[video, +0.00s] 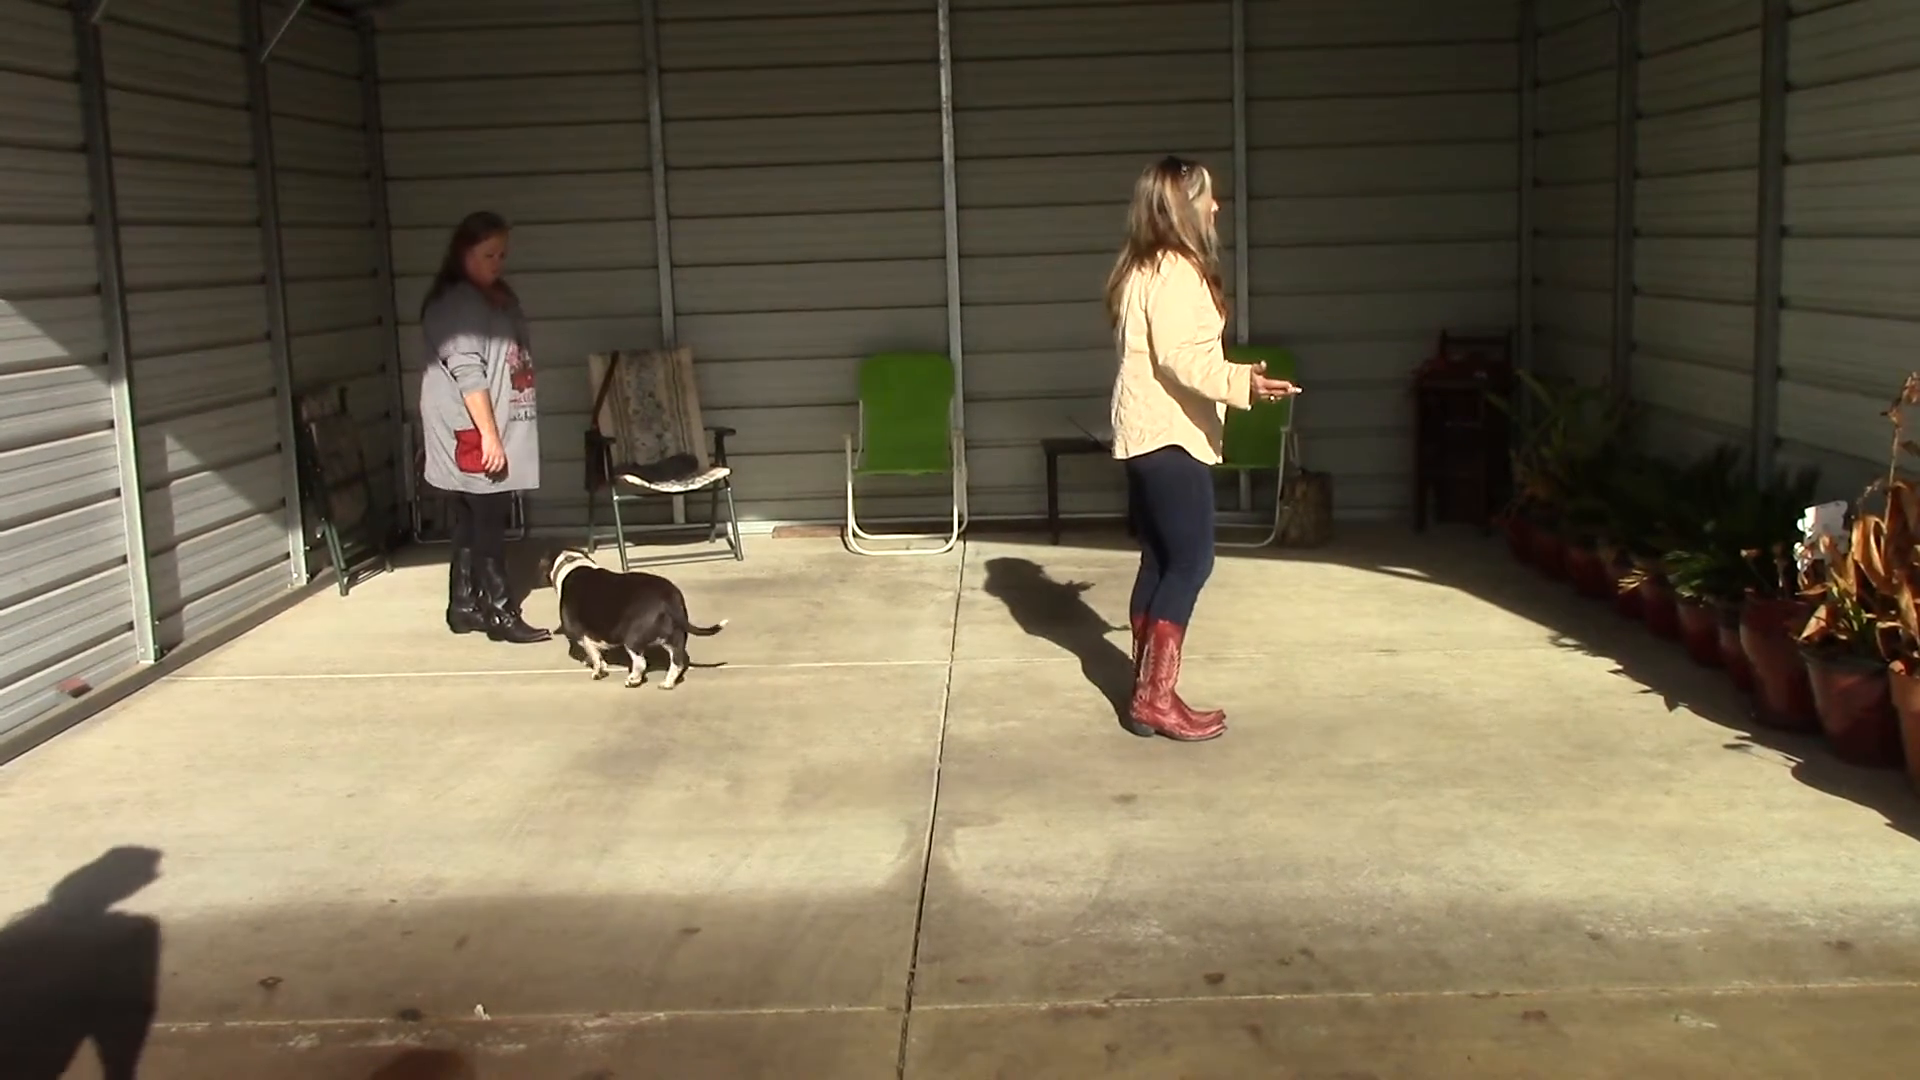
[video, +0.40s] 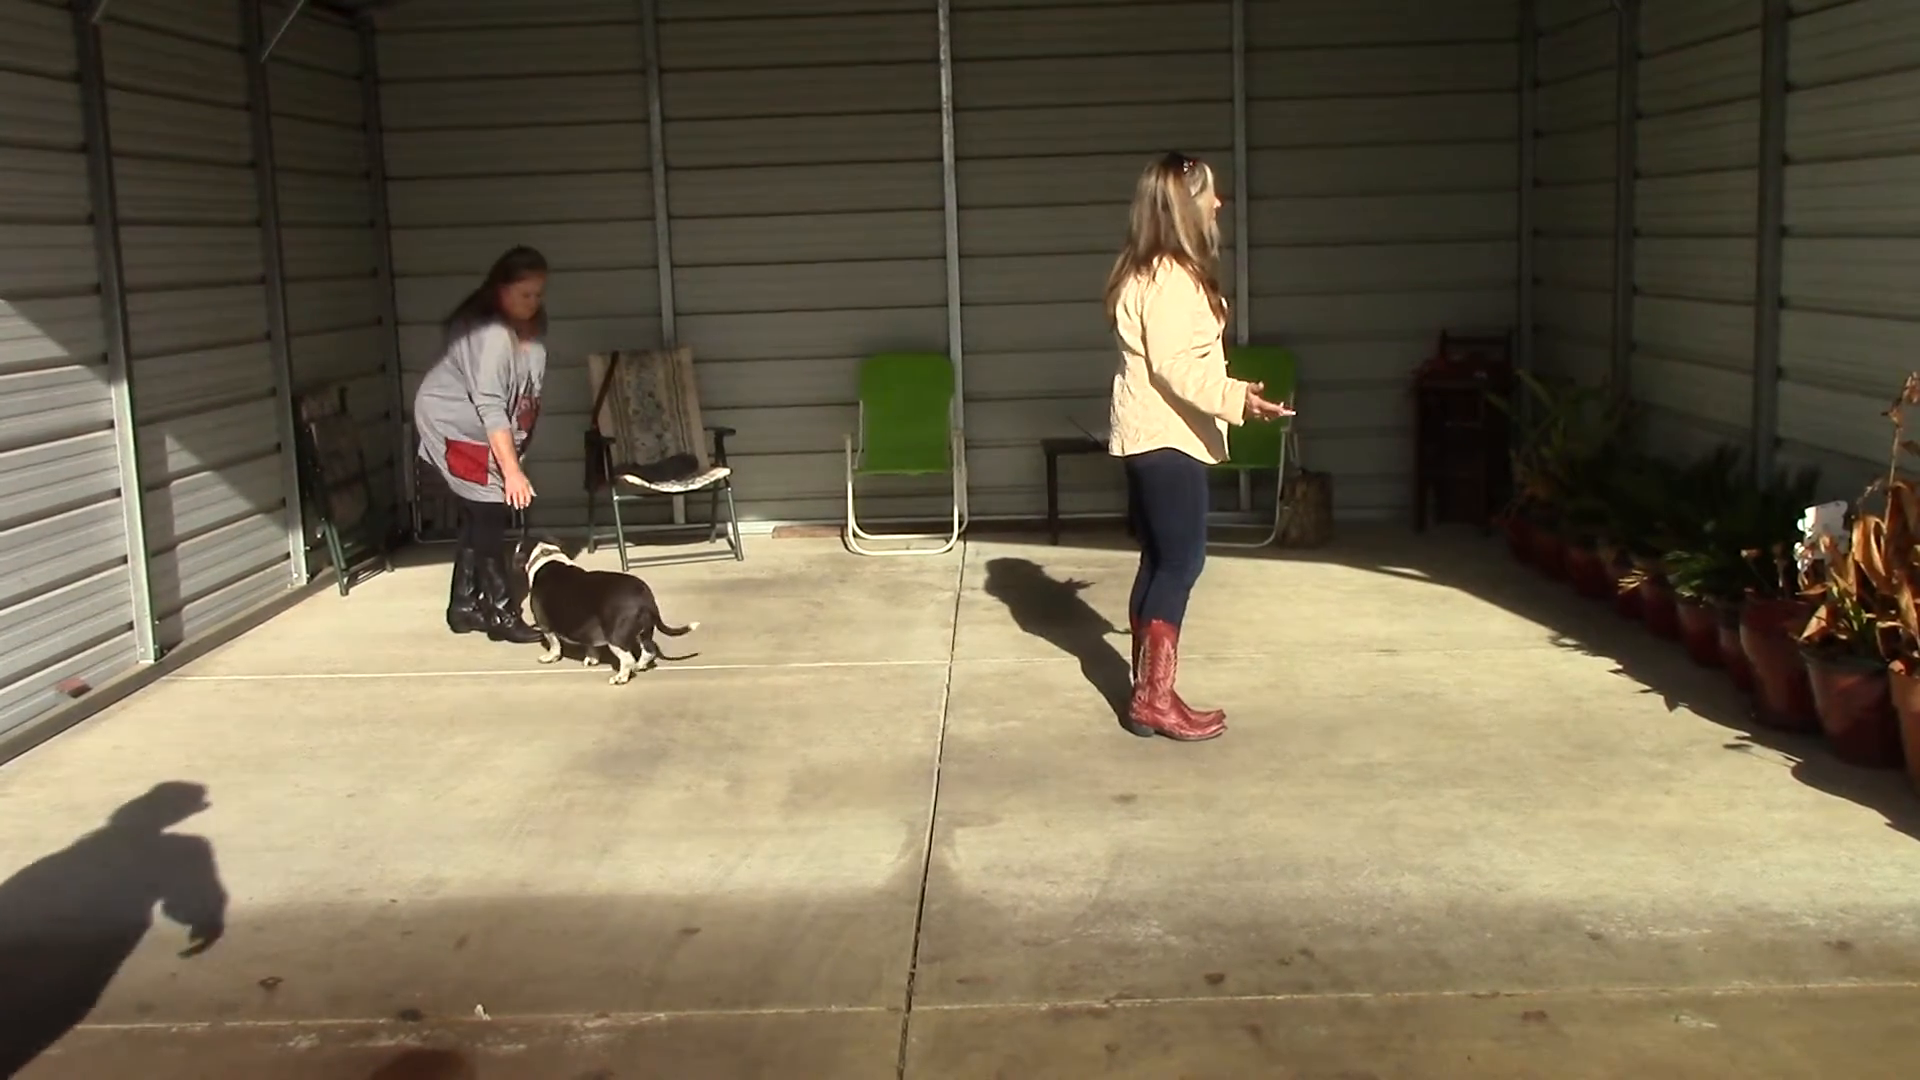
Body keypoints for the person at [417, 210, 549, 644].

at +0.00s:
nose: (497, 265)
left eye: (501, 256)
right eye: (489, 256)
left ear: (503, 256)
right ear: (465, 255)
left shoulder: (497, 300)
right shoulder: (455, 305)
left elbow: (502, 367)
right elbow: (468, 377)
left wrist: (509, 429)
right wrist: (489, 435)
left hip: (485, 429)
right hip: (469, 432)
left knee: (471, 515)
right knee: (489, 517)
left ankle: (464, 604)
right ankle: (497, 610)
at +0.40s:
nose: (534, 303)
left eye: (539, 295)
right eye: (526, 294)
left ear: (543, 293)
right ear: (501, 292)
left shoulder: (528, 330)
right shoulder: (489, 333)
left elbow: (524, 398)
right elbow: (490, 407)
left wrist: (512, 452)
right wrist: (512, 470)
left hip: (479, 422)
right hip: (447, 421)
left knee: (480, 509)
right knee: (490, 509)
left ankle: (464, 603)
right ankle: (499, 610)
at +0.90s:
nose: (564, 357)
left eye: (571, 350)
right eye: (558, 348)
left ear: (578, 344)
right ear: (538, 336)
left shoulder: (532, 362)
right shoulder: (520, 375)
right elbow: (511, 449)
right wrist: (529, 516)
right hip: (444, 420)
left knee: (483, 505)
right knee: (494, 508)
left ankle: (465, 605)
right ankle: (502, 611)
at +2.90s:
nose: (572, 333)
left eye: (577, 326)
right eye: (565, 324)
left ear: (584, 322)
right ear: (543, 316)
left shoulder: (535, 346)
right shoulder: (524, 359)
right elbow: (509, 433)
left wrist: (514, 484)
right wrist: (516, 497)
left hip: (464, 415)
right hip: (454, 420)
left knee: (482, 508)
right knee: (497, 510)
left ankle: (466, 603)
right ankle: (502, 611)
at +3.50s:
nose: (572, 300)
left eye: (576, 291)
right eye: (563, 291)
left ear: (580, 291)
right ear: (541, 290)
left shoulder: (566, 332)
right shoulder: (518, 336)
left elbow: (553, 393)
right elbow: (513, 407)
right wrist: (530, 464)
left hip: (515, 419)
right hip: (477, 419)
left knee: (516, 507)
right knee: (505, 509)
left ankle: (512, 605)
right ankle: (500, 611)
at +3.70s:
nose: (569, 272)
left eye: (572, 264)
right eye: (560, 264)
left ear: (577, 266)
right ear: (536, 268)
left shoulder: (568, 311)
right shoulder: (525, 324)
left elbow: (564, 378)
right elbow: (522, 395)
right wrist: (535, 451)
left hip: (547, 429)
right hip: (509, 432)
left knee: (549, 517)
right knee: (516, 521)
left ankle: (548, 603)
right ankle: (509, 608)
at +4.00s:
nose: (561, 249)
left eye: (564, 241)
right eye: (551, 242)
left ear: (568, 245)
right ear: (531, 248)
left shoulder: (572, 290)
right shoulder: (520, 298)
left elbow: (580, 351)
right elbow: (542, 364)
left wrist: (595, 394)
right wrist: (581, 415)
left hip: (559, 408)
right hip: (525, 413)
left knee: (556, 505)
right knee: (538, 510)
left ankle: (557, 592)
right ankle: (534, 597)